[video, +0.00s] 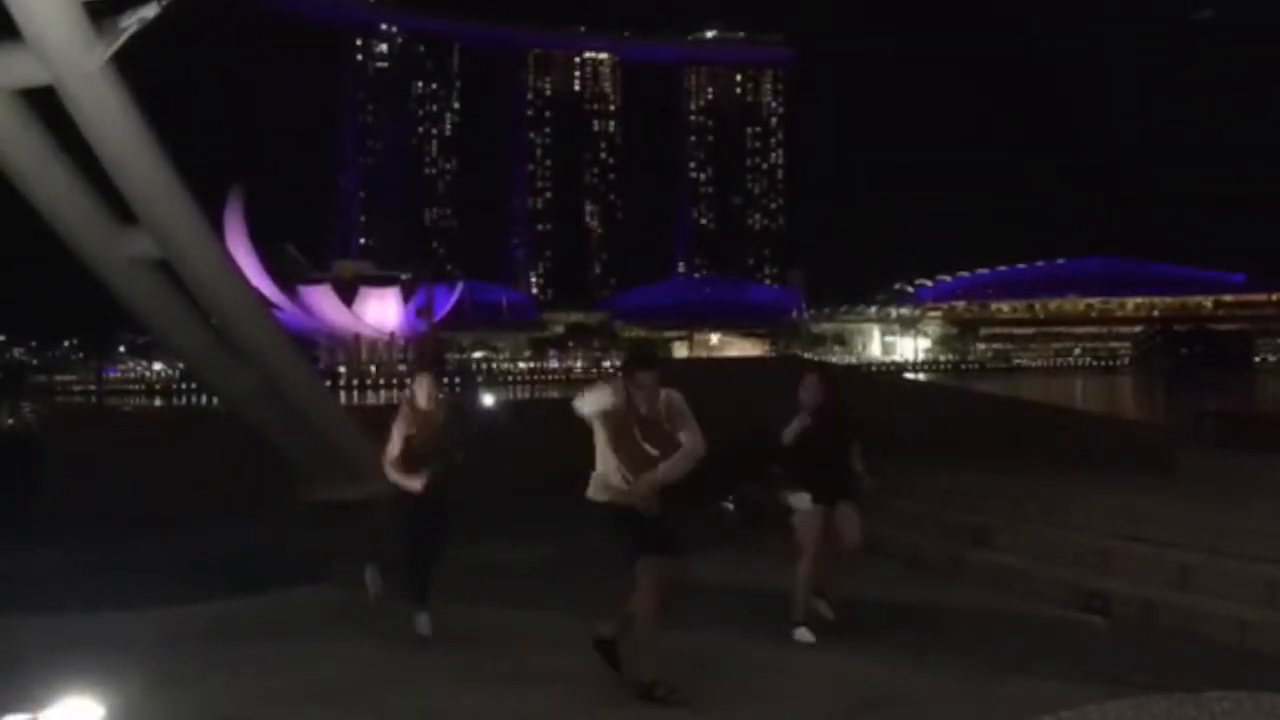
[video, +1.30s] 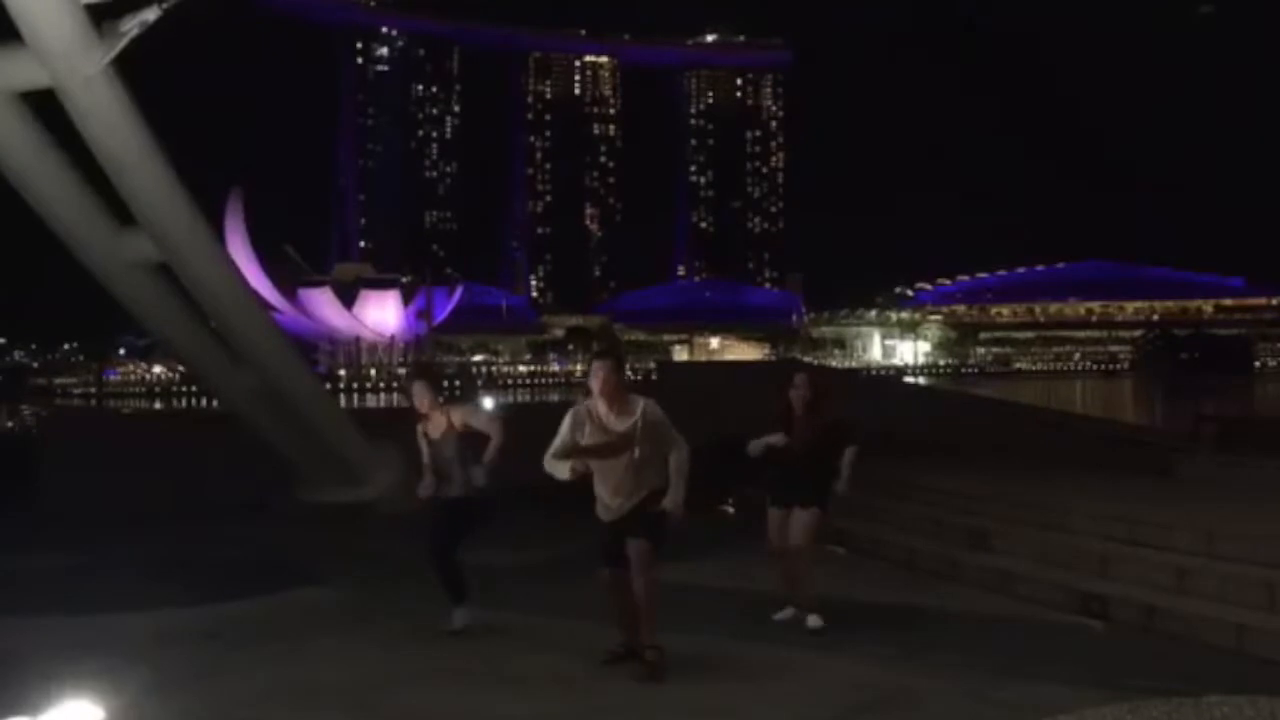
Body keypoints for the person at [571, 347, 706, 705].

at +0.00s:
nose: (646, 393)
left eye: (652, 385)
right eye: (638, 386)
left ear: (660, 382)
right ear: (625, 383)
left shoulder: (671, 402)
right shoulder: (610, 403)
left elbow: (694, 446)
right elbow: (585, 405)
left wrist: (655, 478)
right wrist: (611, 395)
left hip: (652, 501)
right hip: (612, 502)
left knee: (668, 573)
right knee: (647, 576)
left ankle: (615, 634)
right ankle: (645, 676)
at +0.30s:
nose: (643, 402)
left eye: (650, 395)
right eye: (637, 395)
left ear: (659, 396)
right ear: (624, 396)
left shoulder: (671, 420)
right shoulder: (616, 426)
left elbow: (704, 452)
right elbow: (579, 448)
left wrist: (678, 475)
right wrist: (629, 421)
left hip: (653, 522)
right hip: (616, 523)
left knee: (645, 590)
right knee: (667, 583)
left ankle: (633, 637)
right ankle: (650, 682)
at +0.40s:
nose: (641, 392)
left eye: (647, 385)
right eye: (634, 385)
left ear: (658, 387)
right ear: (624, 387)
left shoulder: (670, 412)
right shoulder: (612, 417)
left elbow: (709, 443)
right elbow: (567, 454)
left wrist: (691, 468)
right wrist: (620, 458)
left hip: (650, 512)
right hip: (608, 513)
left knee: (655, 581)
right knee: (634, 588)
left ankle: (620, 643)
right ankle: (643, 680)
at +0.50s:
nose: (639, 400)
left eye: (646, 393)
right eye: (633, 393)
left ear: (656, 394)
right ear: (621, 394)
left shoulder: (668, 418)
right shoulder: (602, 420)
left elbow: (714, 451)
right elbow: (569, 475)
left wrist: (689, 476)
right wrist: (612, 479)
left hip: (641, 515)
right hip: (600, 516)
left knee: (631, 587)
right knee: (604, 586)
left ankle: (620, 654)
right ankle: (609, 661)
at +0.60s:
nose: (624, 416)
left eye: (630, 409)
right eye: (619, 409)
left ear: (642, 409)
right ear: (611, 410)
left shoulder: (660, 438)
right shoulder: (594, 436)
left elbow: (711, 469)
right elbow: (561, 488)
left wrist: (690, 493)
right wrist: (601, 479)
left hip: (633, 525)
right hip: (590, 524)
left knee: (617, 593)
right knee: (572, 582)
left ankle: (604, 664)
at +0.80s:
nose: (601, 403)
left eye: (607, 395)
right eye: (596, 395)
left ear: (626, 395)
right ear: (592, 396)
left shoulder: (649, 422)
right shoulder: (585, 418)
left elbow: (700, 443)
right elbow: (547, 460)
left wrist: (677, 474)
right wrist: (590, 452)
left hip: (632, 513)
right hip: (589, 513)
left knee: (605, 571)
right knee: (561, 567)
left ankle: (609, 656)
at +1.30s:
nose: (601, 381)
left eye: (608, 373)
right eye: (596, 374)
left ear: (621, 378)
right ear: (589, 379)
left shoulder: (646, 412)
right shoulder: (580, 416)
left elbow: (678, 449)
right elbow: (550, 460)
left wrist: (675, 495)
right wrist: (569, 468)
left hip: (644, 503)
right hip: (607, 509)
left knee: (641, 565)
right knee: (613, 578)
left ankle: (650, 645)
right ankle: (628, 642)